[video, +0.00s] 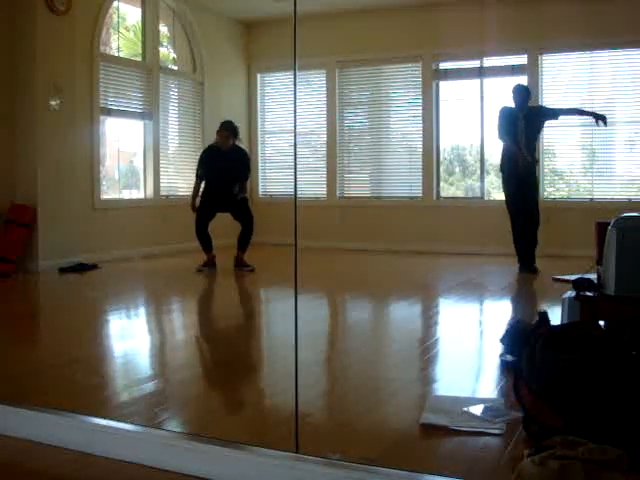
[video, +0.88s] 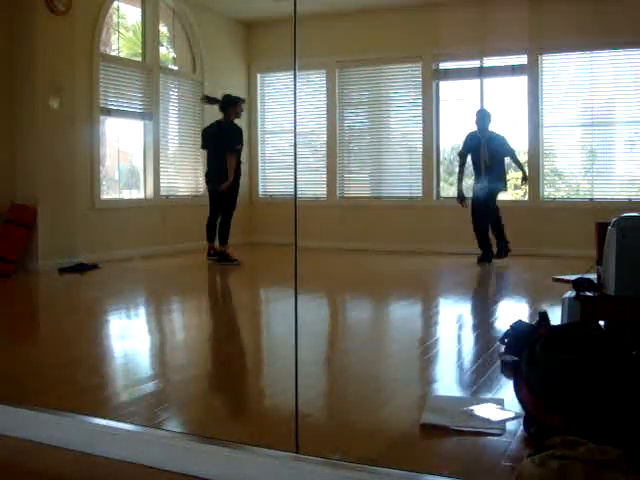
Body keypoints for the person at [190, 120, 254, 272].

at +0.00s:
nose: (219, 136)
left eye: (223, 134)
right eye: (218, 133)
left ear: (232, 137)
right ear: (217, 134)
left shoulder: (241, 155)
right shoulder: (209, 152)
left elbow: (244, 180)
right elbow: (199, 178)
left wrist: (243, 198)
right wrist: (193, 200)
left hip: (233, 197)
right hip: (211, 196)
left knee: (248, 223)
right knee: (200, 226)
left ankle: (239, 259)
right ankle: (210, 259)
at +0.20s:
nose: (219, 122)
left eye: (224, 120)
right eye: (219, 118)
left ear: (232, 121)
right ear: (217, 117)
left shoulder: (240, 137)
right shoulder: (208, 134)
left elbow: (243, 164)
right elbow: (200, 161)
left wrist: (245, 183)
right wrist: (196, 183)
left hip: (234, 185)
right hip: (211, 185)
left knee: (240, 222)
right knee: (206, 223)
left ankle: (239, 258)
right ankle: (210, 258)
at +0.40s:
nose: (221, 108)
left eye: (225, 105)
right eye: (220, 104)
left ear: (234, 108)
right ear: (218, 106)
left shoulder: (239, 133)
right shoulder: (208, 128)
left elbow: (241, 159)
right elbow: (199, 154)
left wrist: (241, 179)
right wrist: (194, 174)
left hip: (231, 178)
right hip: (211, 177)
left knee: (236, 209)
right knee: (217, 218)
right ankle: (221, 253)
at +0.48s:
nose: (224, 110)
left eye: (228, 107)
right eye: (222, 106)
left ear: (235, 110)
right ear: (218, 107)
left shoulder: (239, 133)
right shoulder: (207, 128)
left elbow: (242, 158)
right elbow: (199, 153)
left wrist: (242, 177)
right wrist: (195, 174)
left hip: (231, 177)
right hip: (211, 177)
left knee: (236, 214)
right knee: (217, 215)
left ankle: (217, 207)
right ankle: (221, 254)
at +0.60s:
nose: (224, 108)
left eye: (228, 105)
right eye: (222, 104)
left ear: (234, 108)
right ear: (219, 106)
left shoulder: (238, 129)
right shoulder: (208, 126)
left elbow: (240, 154)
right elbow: (202, 153)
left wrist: (240, 175)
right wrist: (201, 174)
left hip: (231, 175)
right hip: (212, 175)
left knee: (233, 211)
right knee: (218, 213)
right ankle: (221, 252)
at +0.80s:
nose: (225, 109)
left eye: (228, 106)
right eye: (224, 106)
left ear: (233, 108)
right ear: (221, 108)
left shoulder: (234, 129)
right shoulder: (220, 127)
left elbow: (233, 156)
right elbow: (215, 153)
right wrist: (209, 175)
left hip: (229, 177)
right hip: (219, 177)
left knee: (222, 214)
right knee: (220, 213)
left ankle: (217, 246)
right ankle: (217, 248)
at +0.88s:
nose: (241, 111)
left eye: (241, 108)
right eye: (239, 108)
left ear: (225, 109)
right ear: (232, 109)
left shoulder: (210, 128)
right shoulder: (235, 130)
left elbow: (208, 155)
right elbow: (232, 156)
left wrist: (208, 173)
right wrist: (230, 178)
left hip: (212, 176)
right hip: (229, 178)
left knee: (213, 213)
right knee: (226, 215)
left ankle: (211, 248)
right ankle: (223, 250)